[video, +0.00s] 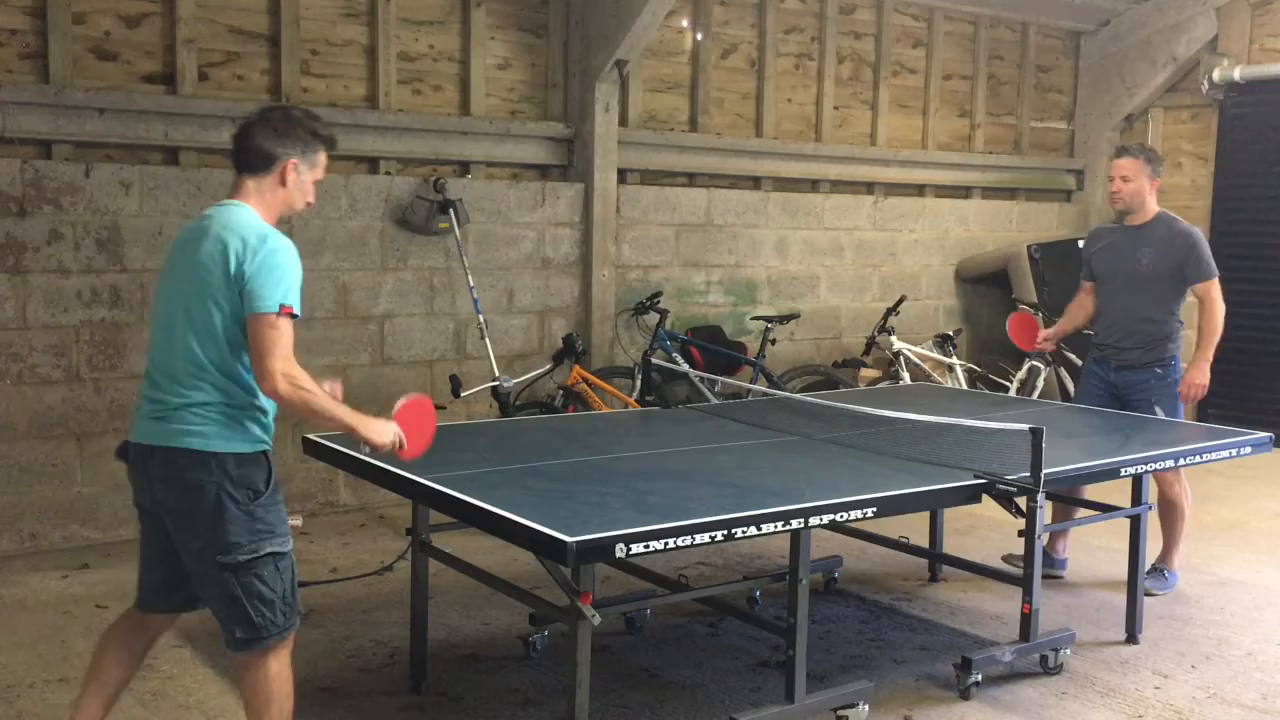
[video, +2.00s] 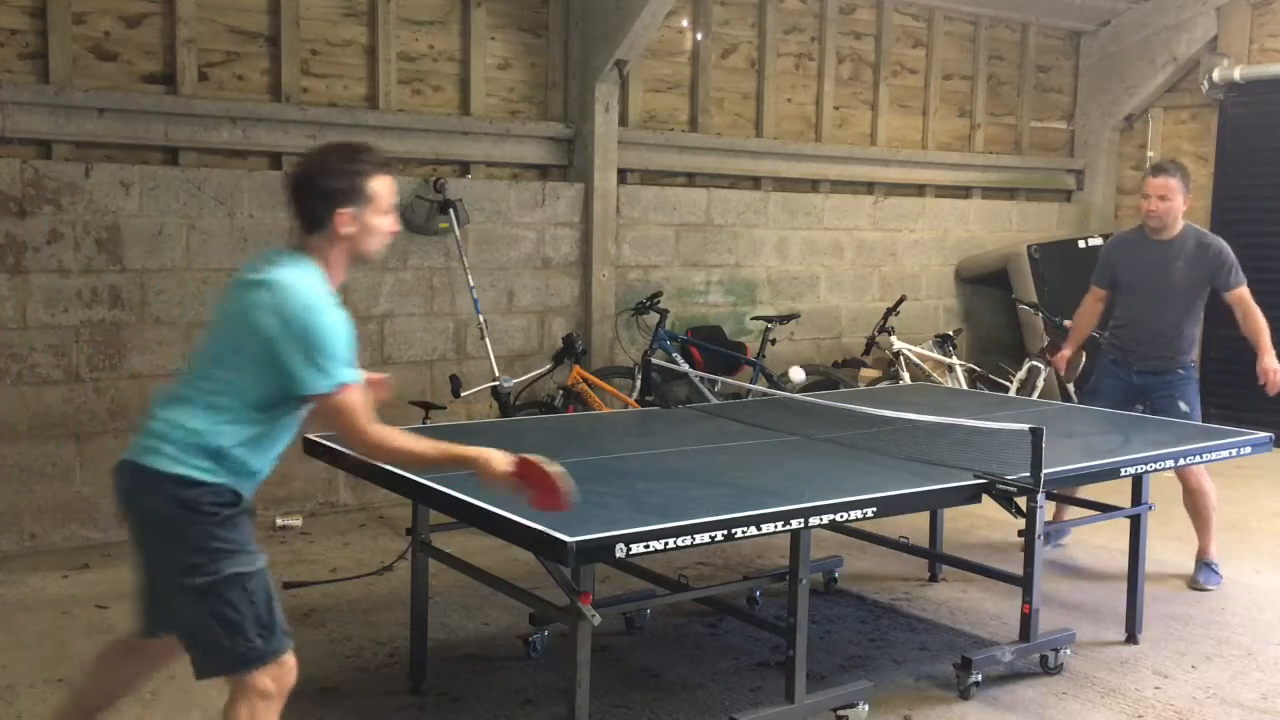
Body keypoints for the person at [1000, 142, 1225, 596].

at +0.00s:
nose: (1114, 188)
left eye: (1124, 180)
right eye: (1111, 181)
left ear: (1153, 185)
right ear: (1109, 185)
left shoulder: (1183, 238)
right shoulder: (1098, 238)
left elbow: (1212, 302)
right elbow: (1087, 298)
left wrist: (1201, 364)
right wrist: (1057, 331)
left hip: (1154, 375)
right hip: (1099, 370)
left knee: (1166, 474)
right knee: (1071, 458)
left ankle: (1167, 562)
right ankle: (1054, 549)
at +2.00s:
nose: (1151, 205)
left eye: (1162, 198)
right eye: (1146, 196)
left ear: (1185, 202)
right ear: (1140, 198)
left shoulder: (1211, 251)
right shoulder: (1119, 247)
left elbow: (1243, 304)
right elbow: (1094, 300)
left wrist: (1266, 351)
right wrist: (1069, 347)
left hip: (1174, 376)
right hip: (1114, 369)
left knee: (1189, 468)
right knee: (1077, 445)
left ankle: (1207, 555)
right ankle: (1056, 522)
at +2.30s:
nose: (1105, 202)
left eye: (1115, 194)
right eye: (1099, 194)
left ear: (1134, 199)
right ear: (1092, 198)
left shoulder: (1156, 250)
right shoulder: (1071, 248)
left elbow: (1184, 305)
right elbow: (1048, 296)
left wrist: (1202, 358)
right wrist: (1024, 339)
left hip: (1130, 376)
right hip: (1074, 372)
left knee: (1157, 464)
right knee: (1057, 452)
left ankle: (1197, 552)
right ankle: (1051, 524)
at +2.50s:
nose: (1064, 201)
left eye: (1073, 193)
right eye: (1058, 194)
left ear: (1095, 197)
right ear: (1054, 199)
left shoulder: (1124, 245)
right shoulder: (1042, 249)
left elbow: (1152, 304)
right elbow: (1024, 302)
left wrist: (1151, 361)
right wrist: (984, 332)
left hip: (1108, 369)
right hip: (1055, 366)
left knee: (1113, 461)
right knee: (1041, 448)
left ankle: (1129, 546)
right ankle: (1048, 522)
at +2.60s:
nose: (1037, 215)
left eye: (1045, 206)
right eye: (1034, 207)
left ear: (1072, 206)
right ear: (1035, 210)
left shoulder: (1105, 257)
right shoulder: (1031, 259)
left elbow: (1136, 319)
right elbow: (1013, 313)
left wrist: (1119, 373)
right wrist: (959, 339)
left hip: (1090, 381)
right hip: (1039, 376)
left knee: (1109, 468)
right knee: (1004, 435)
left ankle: (1127, 548)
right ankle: (1013, 510)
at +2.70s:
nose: (1001, 224)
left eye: (1008, 215)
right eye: (1000, 216)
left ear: (1038, 215)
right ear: (1016, 219)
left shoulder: (1074, 261)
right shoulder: (1007, 267)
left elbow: (1102, 319)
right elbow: (995, 319)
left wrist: (1080, 349)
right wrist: (948, 345)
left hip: (1071, 384)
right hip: (1021, 379)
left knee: (1093, 462)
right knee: (966, 429)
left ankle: (1125, 548)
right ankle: (929, 506)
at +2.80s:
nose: (958, 227)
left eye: (964, 218)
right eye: (956, 219)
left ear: (994, 217)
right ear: (973, 222)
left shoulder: (1031, 257)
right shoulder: (968, 270)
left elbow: (1071, 301)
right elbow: (954, 326)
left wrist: (1059, 321)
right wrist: (902, 346)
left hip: (1043, 385)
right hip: (990, 384)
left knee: (1081, 464)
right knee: (939, 441)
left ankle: (1123, 547)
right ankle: (890, 505)